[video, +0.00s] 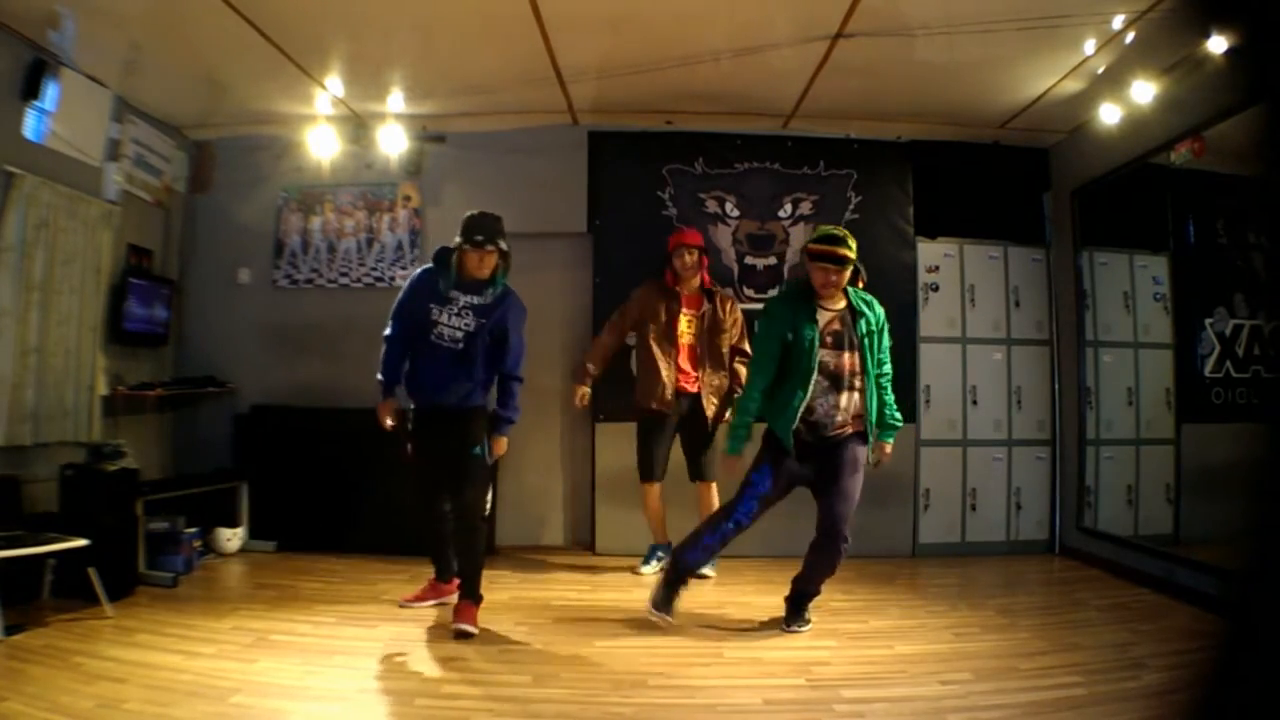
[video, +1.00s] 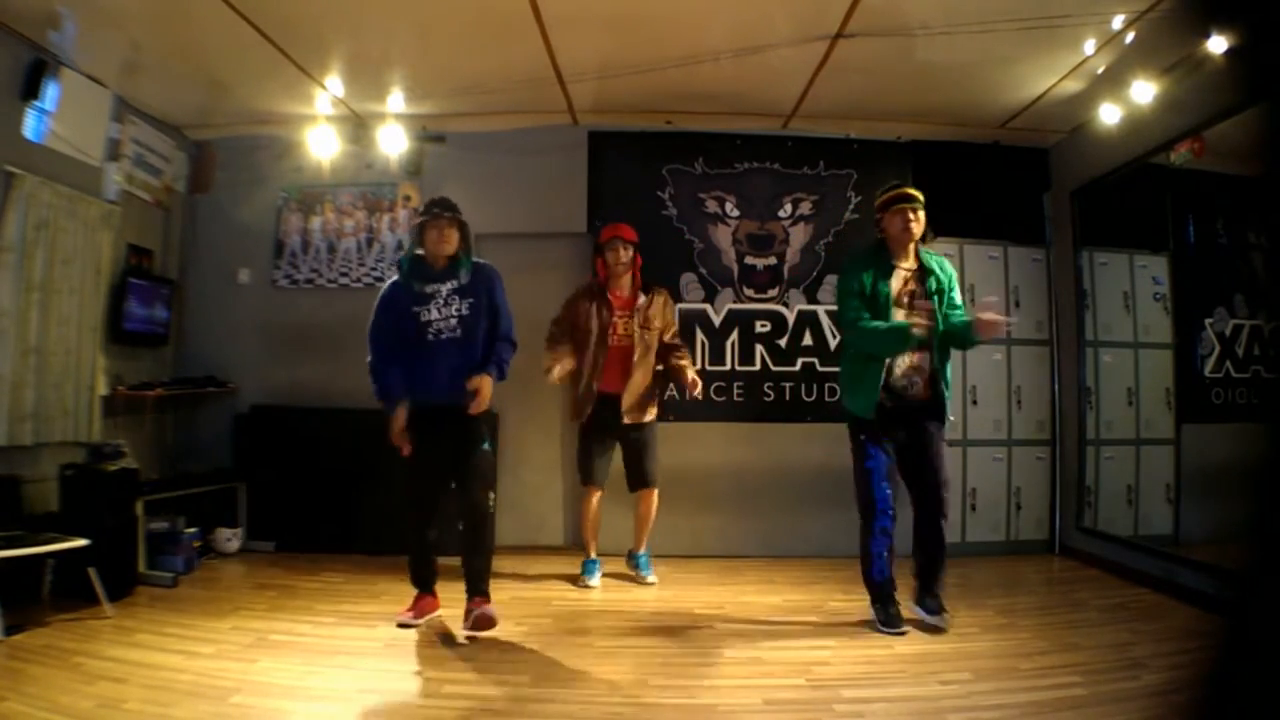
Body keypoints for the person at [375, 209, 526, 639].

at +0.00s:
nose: (484, 260)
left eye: (492, 252)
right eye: (477, 250)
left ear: (500, 256)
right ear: (459, 249)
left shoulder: (506, 305)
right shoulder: (425, 283)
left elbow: (511, 373)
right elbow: (395, 336)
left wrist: (502, 427)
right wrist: (388, 393)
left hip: (474, 411)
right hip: (428, 407)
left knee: (470, 505)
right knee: (432, 496)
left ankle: (469, 601)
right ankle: (445, 577)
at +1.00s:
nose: (443, 237)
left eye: (450, 229)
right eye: (434, 229)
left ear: (461, 235)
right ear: (421, 236)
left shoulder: (483, 279)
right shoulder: (399, 289)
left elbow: (504, 336)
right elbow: (382, 353)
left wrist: (490, 374)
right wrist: (396, 404)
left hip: (473, 407)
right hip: (423, 408)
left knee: (477, 501)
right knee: (420, 502)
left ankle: (478, 599)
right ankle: (425, 594)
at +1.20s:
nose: (458, 249)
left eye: (466, 241)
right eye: (450, 241)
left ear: (477, 244)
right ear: (435, 243)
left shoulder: (496, 286)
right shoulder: (412, 279)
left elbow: (512, 347)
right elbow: (375, 324)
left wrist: (472, 384)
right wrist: (397, 374)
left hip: (475, 414)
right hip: (422, 411)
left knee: (476, 506)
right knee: (418, 501)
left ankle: (468, 600)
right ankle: (421, 593)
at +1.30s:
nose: (459, 260)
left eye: (467, 252)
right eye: (451, 252)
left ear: (480, 256)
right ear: (439, 254)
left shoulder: (495, 306)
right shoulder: (419, 298)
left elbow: (500, 376)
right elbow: (402, 363)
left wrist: (498, 439)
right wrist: (394, 419)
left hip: (475, 419)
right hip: (428, 417)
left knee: (472, 508)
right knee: (414, 483)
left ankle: (466, 600)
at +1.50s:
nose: (440, 256)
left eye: (448, 248)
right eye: (433, 248)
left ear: (464, 248)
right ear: (423, 252)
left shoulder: (489, 288)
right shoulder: (420, 293)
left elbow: (507, 349)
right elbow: (416, 348)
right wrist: (377, 375)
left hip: (486, 404)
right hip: (443, 404)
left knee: (475, 486)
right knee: (431, 474)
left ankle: (477, 573)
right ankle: (437, 537)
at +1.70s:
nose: (430, 274)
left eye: (437, 266)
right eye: (424, 266)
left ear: (452, 267)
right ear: (416, 268)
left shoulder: (477, 294)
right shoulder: (412, 315)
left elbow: (518, 272)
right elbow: (382, 326)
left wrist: (478, 284)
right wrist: (366, 315)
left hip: (488, 421)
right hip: (445, 425)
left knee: (486, 501)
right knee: (438, 508)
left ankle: (493, 563)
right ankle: (441, 600)